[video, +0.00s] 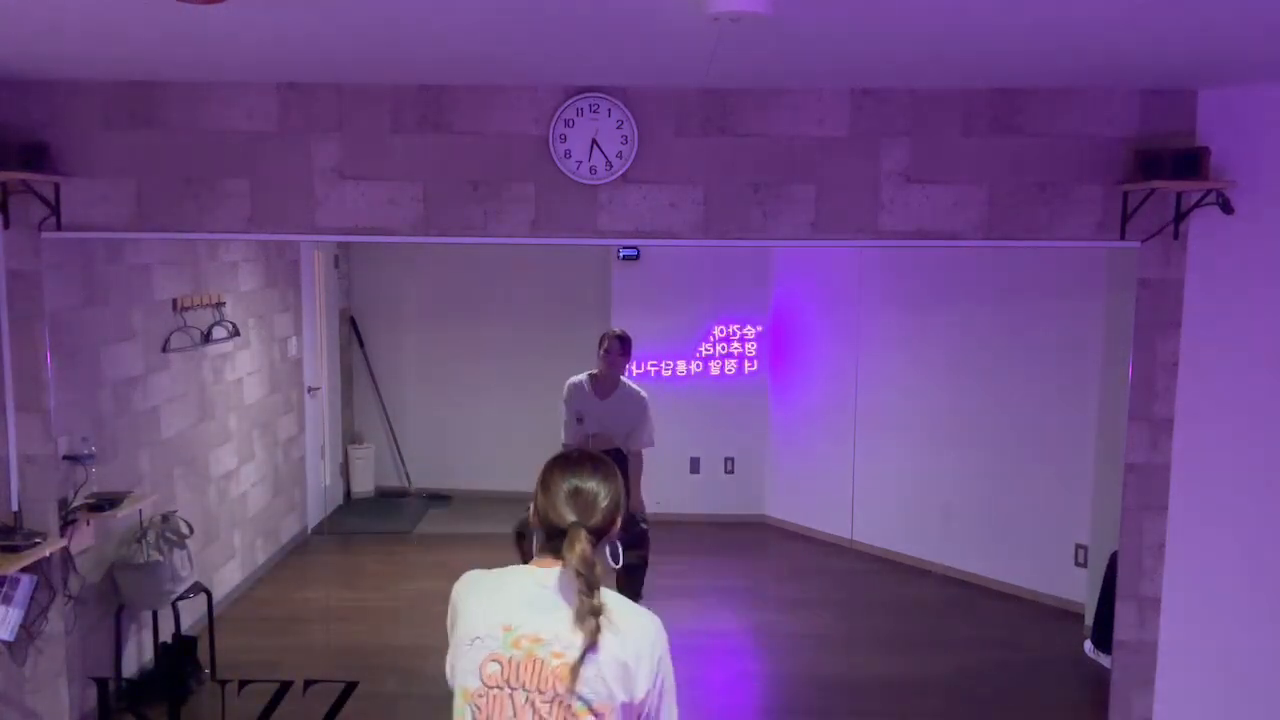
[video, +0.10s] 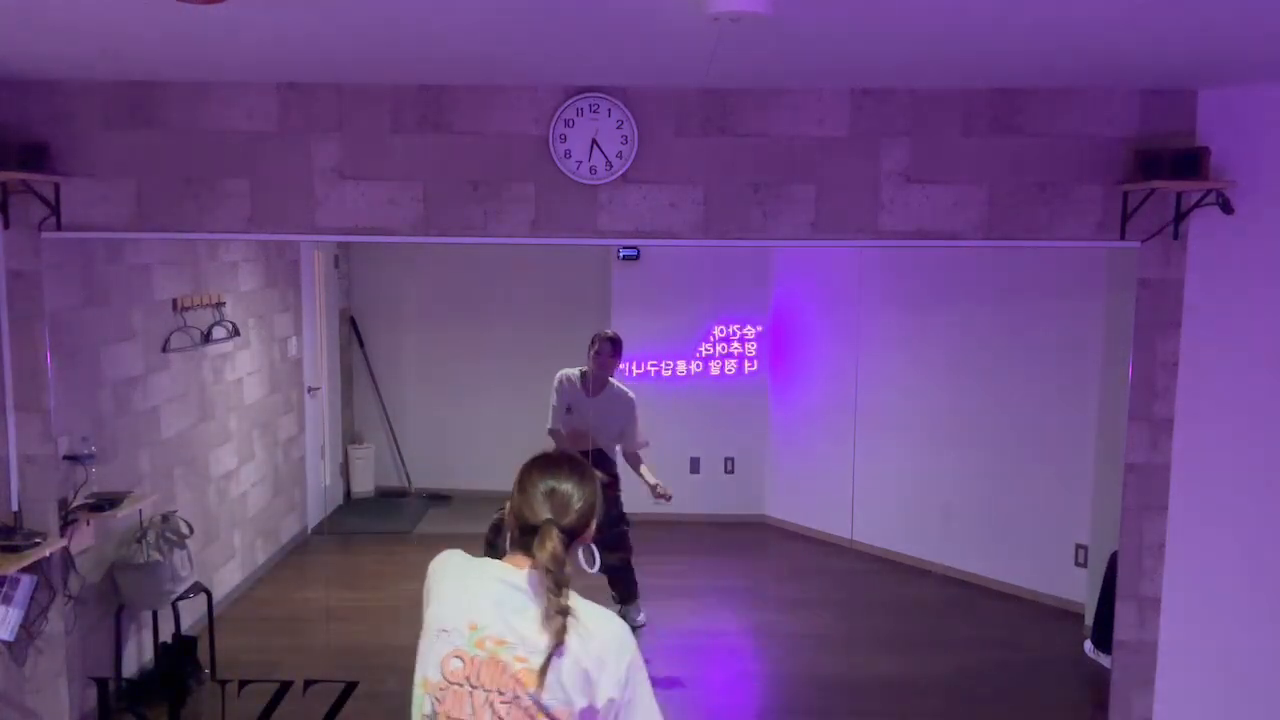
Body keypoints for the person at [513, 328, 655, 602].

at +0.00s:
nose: (611, 359)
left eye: (618, 354)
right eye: (607, 352)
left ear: (627, 360)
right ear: (598, 354)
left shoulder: (636, 399)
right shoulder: (575, 388)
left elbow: (635, 454)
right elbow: (571, 443)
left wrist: (635, 499)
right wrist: (571, 489)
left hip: (617, 465)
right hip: (580, 464)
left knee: (636, 533)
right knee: (526, 528)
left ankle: (627, 607)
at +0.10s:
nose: (600, 360)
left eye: (606, 356)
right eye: (596, 354)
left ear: (617, 362)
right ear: (588, 355)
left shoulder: (624, 399)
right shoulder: (566, 380)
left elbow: (630, 450)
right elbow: (555, 430)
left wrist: (653, 482)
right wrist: (575, 466)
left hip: (602, 464)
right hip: (566, 461)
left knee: (613, 532)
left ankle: (628, 603)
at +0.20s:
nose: (581, 359)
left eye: (588, 356)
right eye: (578, 353)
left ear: (599, 363)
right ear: (571, 353)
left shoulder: (602, 401)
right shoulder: (552, 369)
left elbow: (621, 448)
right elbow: (544, 409)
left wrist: (659, 457)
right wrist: (577, 439)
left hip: (572, 466)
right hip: (540, 461)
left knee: (585, 537)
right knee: (512, 523)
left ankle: (626, 598)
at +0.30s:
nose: (555, 357)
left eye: (563, 355)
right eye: (553, 350)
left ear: (574, 361)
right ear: (546, 349)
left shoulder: (574, 396)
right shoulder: (530, 358)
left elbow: (601, 440)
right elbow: (523, 392)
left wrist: (644, 432)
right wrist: (565, 418)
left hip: (541, 467)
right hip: (510, 462)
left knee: (569, 542)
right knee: (468, 524)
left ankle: (621, 597)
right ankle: (465, 599)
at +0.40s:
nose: (530, 349)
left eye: (538, 346)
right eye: (529, 343)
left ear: (551, 352)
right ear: (524, 342)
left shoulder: (555, 389)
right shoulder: (511, 350)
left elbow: (580, 432)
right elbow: (500, 381)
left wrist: (619, 420)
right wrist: (545, 402)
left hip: (522, 462)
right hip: (489, 459)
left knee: (551, 537)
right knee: (440, 525)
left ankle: (594, 600)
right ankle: (468, 596)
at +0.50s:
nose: (508, 339)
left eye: (515, 335)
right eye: (508, 333)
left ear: (532, 340)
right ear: (505, 333)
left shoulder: (541, 375)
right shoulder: (494, 344)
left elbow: (565, 416)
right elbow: (478, 375)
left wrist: (604, 415)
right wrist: (514, 402)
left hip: (512, 452)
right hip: (476, 450)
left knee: (531, 530)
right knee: (439, 527)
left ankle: (563, 600)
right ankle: (464, 595)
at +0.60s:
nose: (496, 332)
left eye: (503, 327)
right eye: (494, 325)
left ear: (517, 331)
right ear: (490, 326)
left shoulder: (530, 360)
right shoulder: (478, 340)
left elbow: (558, 400)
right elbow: (456, 375)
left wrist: (587, 420)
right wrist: (485, 411)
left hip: (509, 444)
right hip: (472, 442)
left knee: (516, 523)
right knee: (455, 525)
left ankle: (530, 598)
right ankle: (464, 596)